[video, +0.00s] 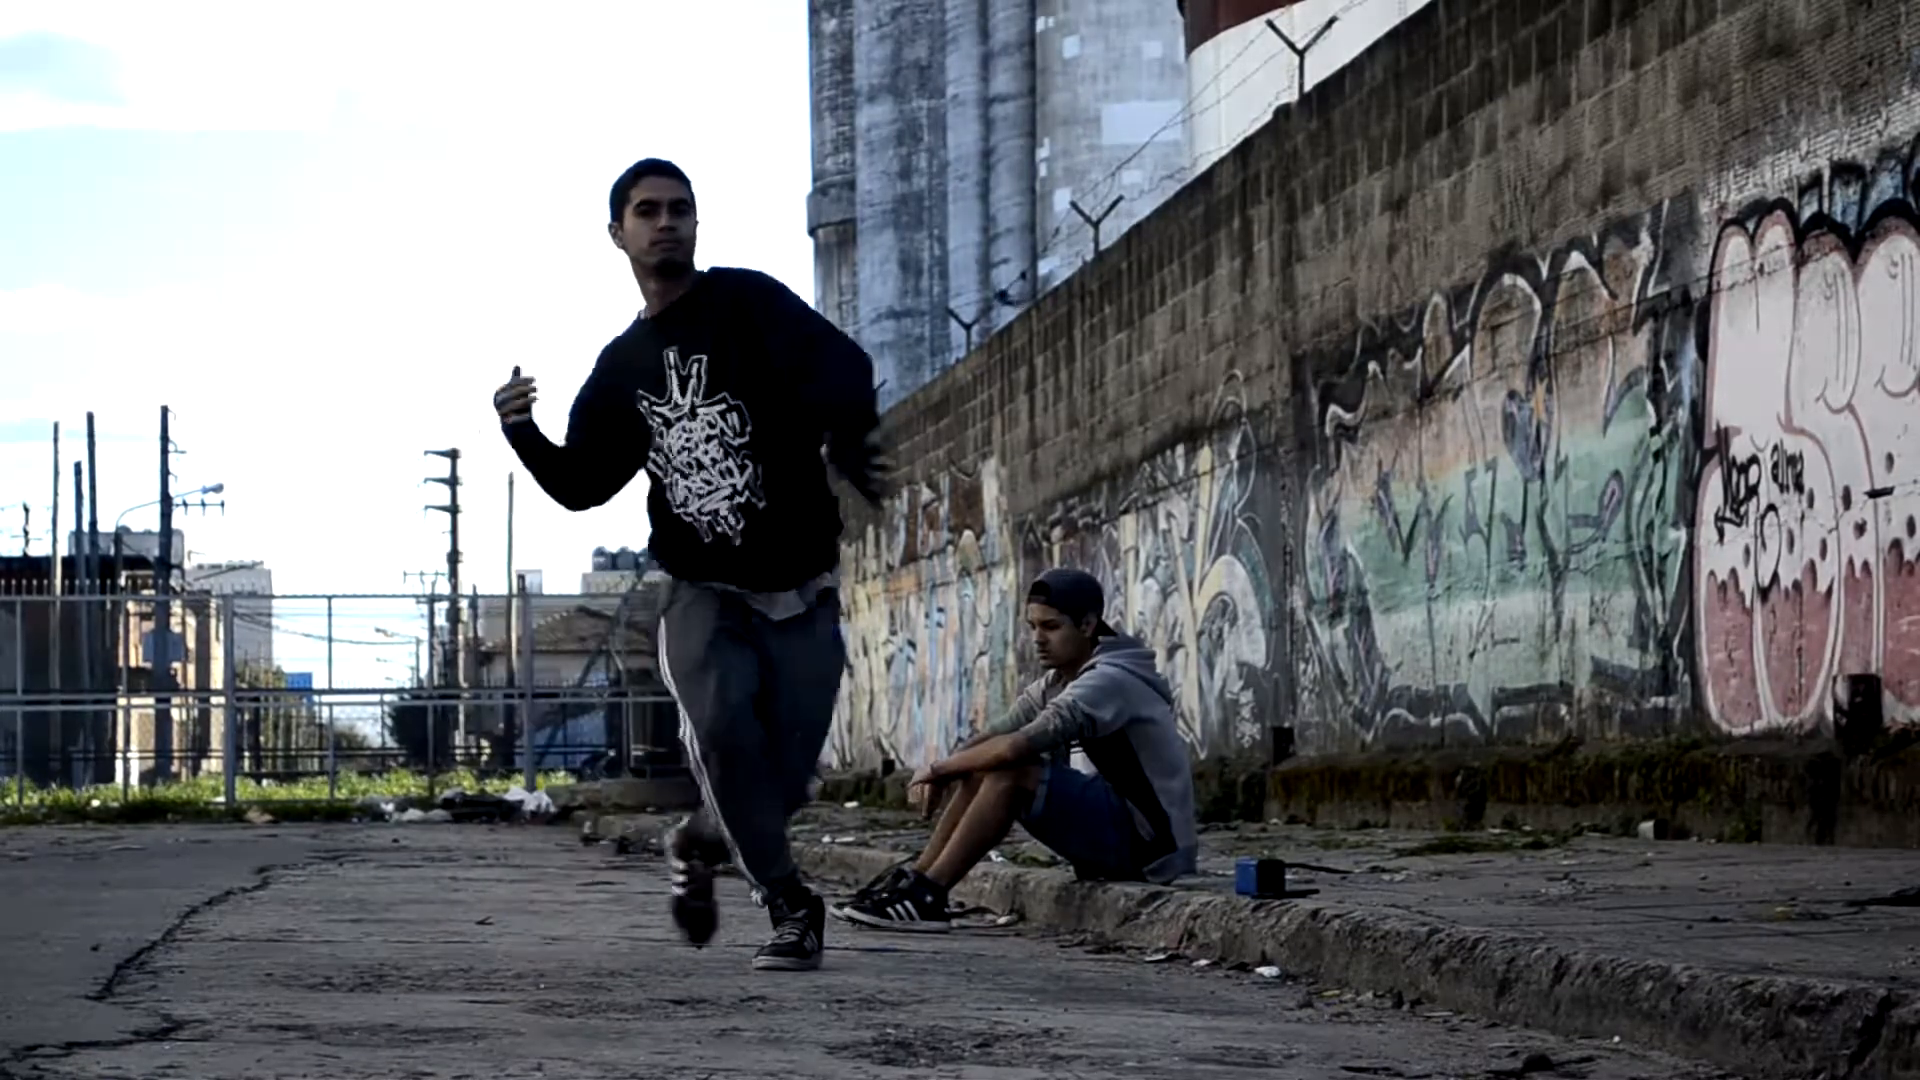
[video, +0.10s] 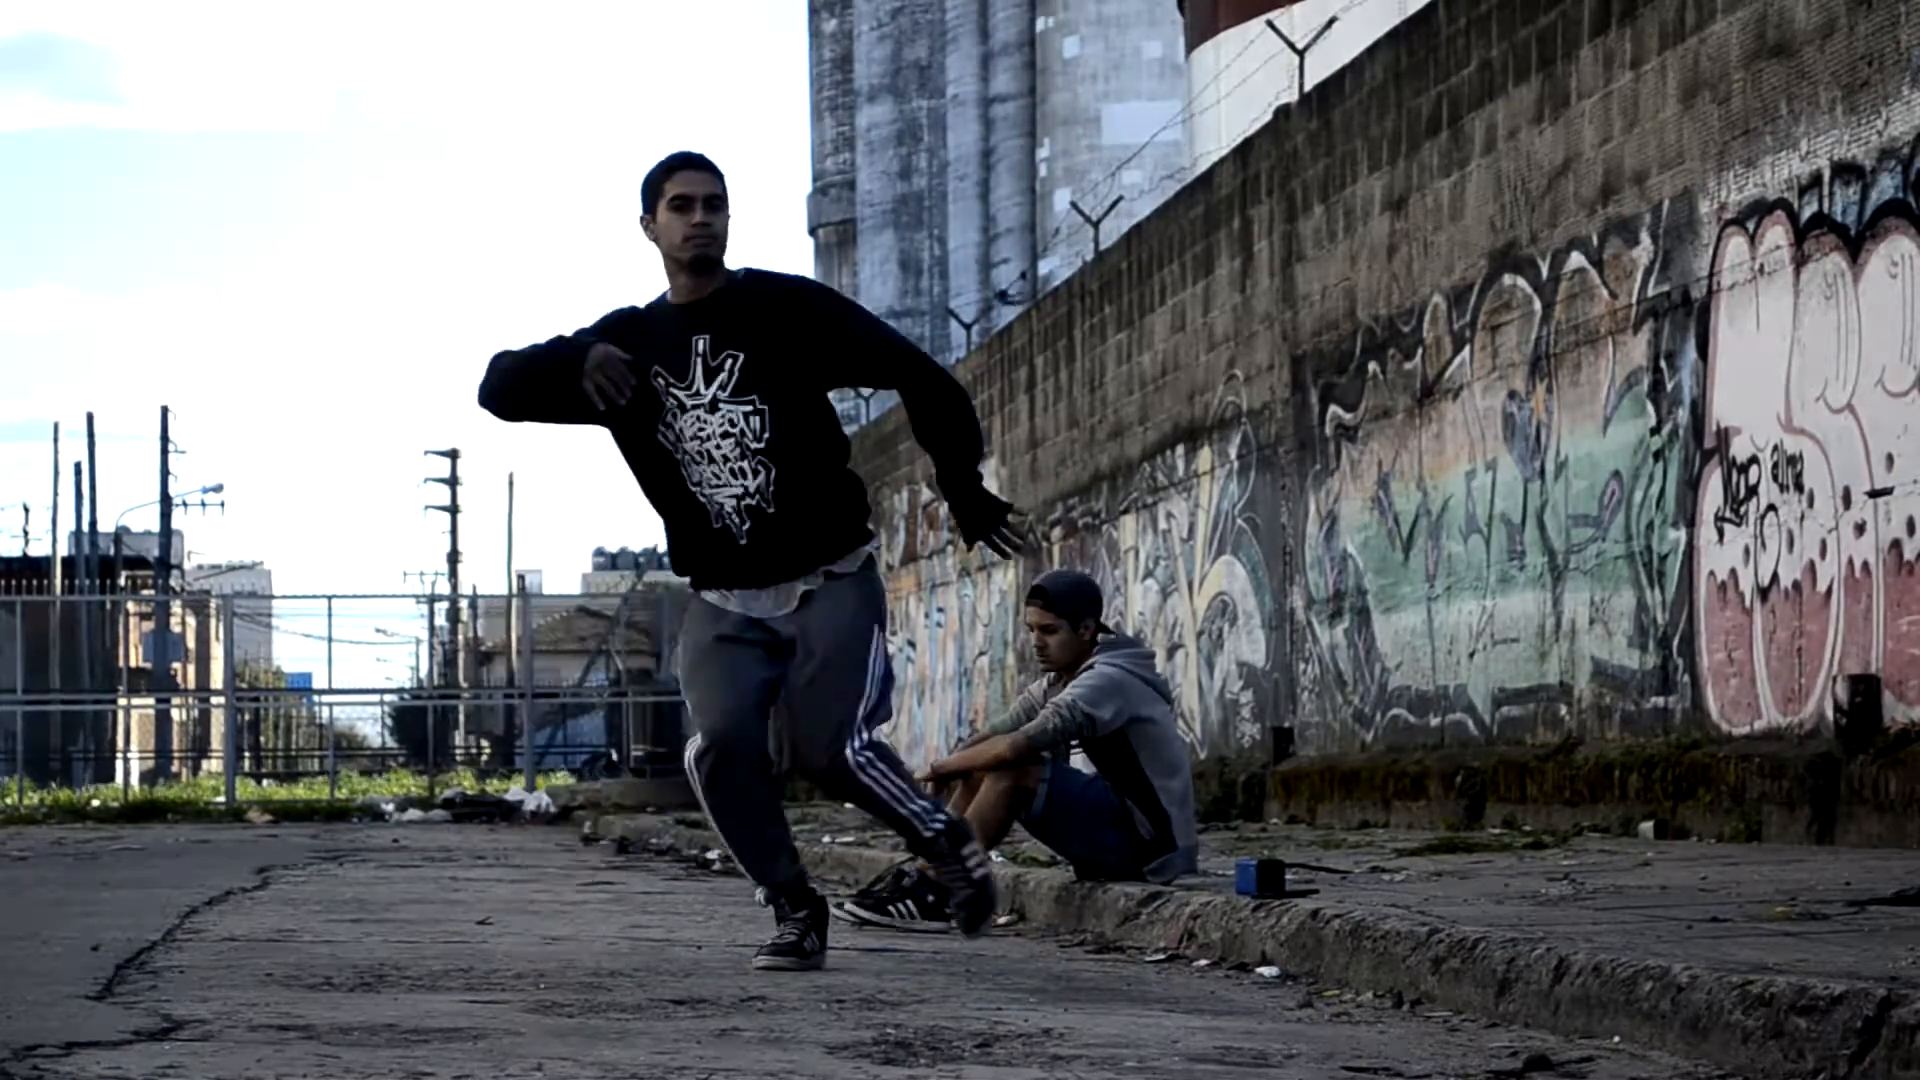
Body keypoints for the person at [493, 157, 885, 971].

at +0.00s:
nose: (666, 222)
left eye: (678, 210)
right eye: (648, 212)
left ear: (697, 225)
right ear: (619, 234)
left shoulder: (754, 300)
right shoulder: (625, 365)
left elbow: (848, 369)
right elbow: (581, 483)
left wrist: (852, 453)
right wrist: (521, 430)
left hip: (801, 580)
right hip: (701, 588)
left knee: (790, 768)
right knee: (718, 728)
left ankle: (698, 843)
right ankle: (790, 907)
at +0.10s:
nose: (701, 218)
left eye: (713, 206)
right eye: (682, 206)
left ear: (728, 220)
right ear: (650, 224)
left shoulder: (790, 308)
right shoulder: (620, 342)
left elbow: (921, 376)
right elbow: (500, 388)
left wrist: (963, 486)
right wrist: (577, 366)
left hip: (830, 575)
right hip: (721, 594)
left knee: (828, 749)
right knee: (718, 748)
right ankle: (796, 911)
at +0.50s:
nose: (834, 284)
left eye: (845, 271)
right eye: (817, 267)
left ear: (852, 281)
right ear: (775, 271)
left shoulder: (851, 383)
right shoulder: (736, 373)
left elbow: (895, 497)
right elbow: (719, 518)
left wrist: (965, 504)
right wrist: (758, 417)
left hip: (965, 579)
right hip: (879, 591)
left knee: (1055, 741)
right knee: (884, 771)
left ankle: (982, 919)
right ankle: (776, 896)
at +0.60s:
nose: (849, 269)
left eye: (862, 257)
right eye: (833, 251)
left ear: (872, 267)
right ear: (793, 254)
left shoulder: (861, 375)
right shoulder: (754, 346)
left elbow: (930, 497)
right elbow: (692, 446)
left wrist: (973, 410)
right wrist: (781, 353)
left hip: (958, 585)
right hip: (865, 591)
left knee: (1056, 740)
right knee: (890, 769)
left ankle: (984, 918)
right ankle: (785, 900)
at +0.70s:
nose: (867, 207)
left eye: (879, 193)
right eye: (850, 188)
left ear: (887, 205)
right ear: (810, 193)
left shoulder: (877, 315)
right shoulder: (774, 276)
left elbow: (949, 401)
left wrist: (949, 417)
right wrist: (784, 380)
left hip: (898, 549)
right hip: (809, 548)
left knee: (995, 712)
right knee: (847, 734)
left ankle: (977, 912)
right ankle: (764, 899)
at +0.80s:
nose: (881, 179)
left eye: (893, 165)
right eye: (863, 161)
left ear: (903, 176)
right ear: (823, 167)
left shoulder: (886, 283)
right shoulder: (789, 253)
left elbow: (910, 390)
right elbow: (693, 331)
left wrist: (917, 493)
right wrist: (720, 464)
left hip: (846, 525)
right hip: (760, 520)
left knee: (906, 699)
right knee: (794, 711)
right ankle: (735, 906)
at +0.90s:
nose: (866, 170)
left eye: (881, 156)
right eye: (849, 154)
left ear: (896, 173)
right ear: (815, 166)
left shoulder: (884, 287)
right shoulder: (770, 263)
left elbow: (871, 430)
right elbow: (694, 401)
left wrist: (869, 557)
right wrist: (685, 548)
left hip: (832, 535)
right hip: (745, 520)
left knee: (836, 712)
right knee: (745, 712)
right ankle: (732, 907)